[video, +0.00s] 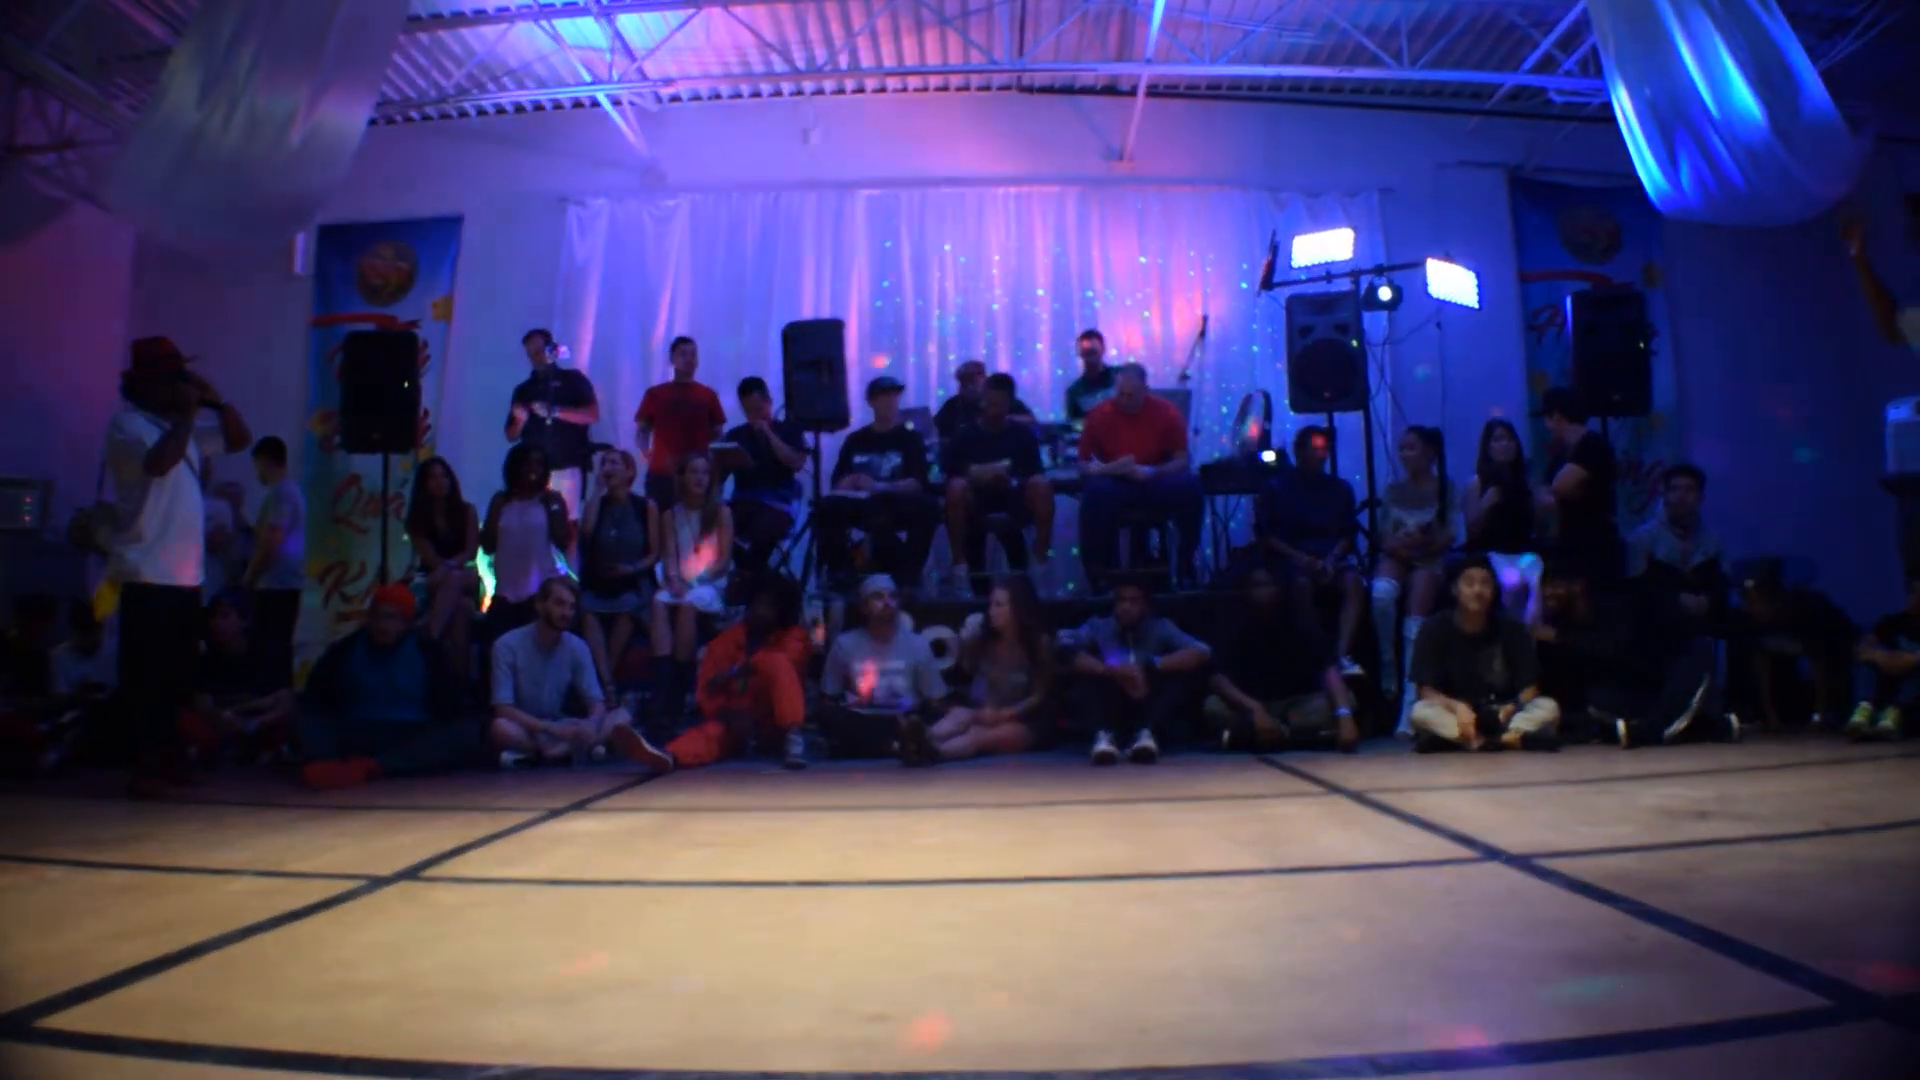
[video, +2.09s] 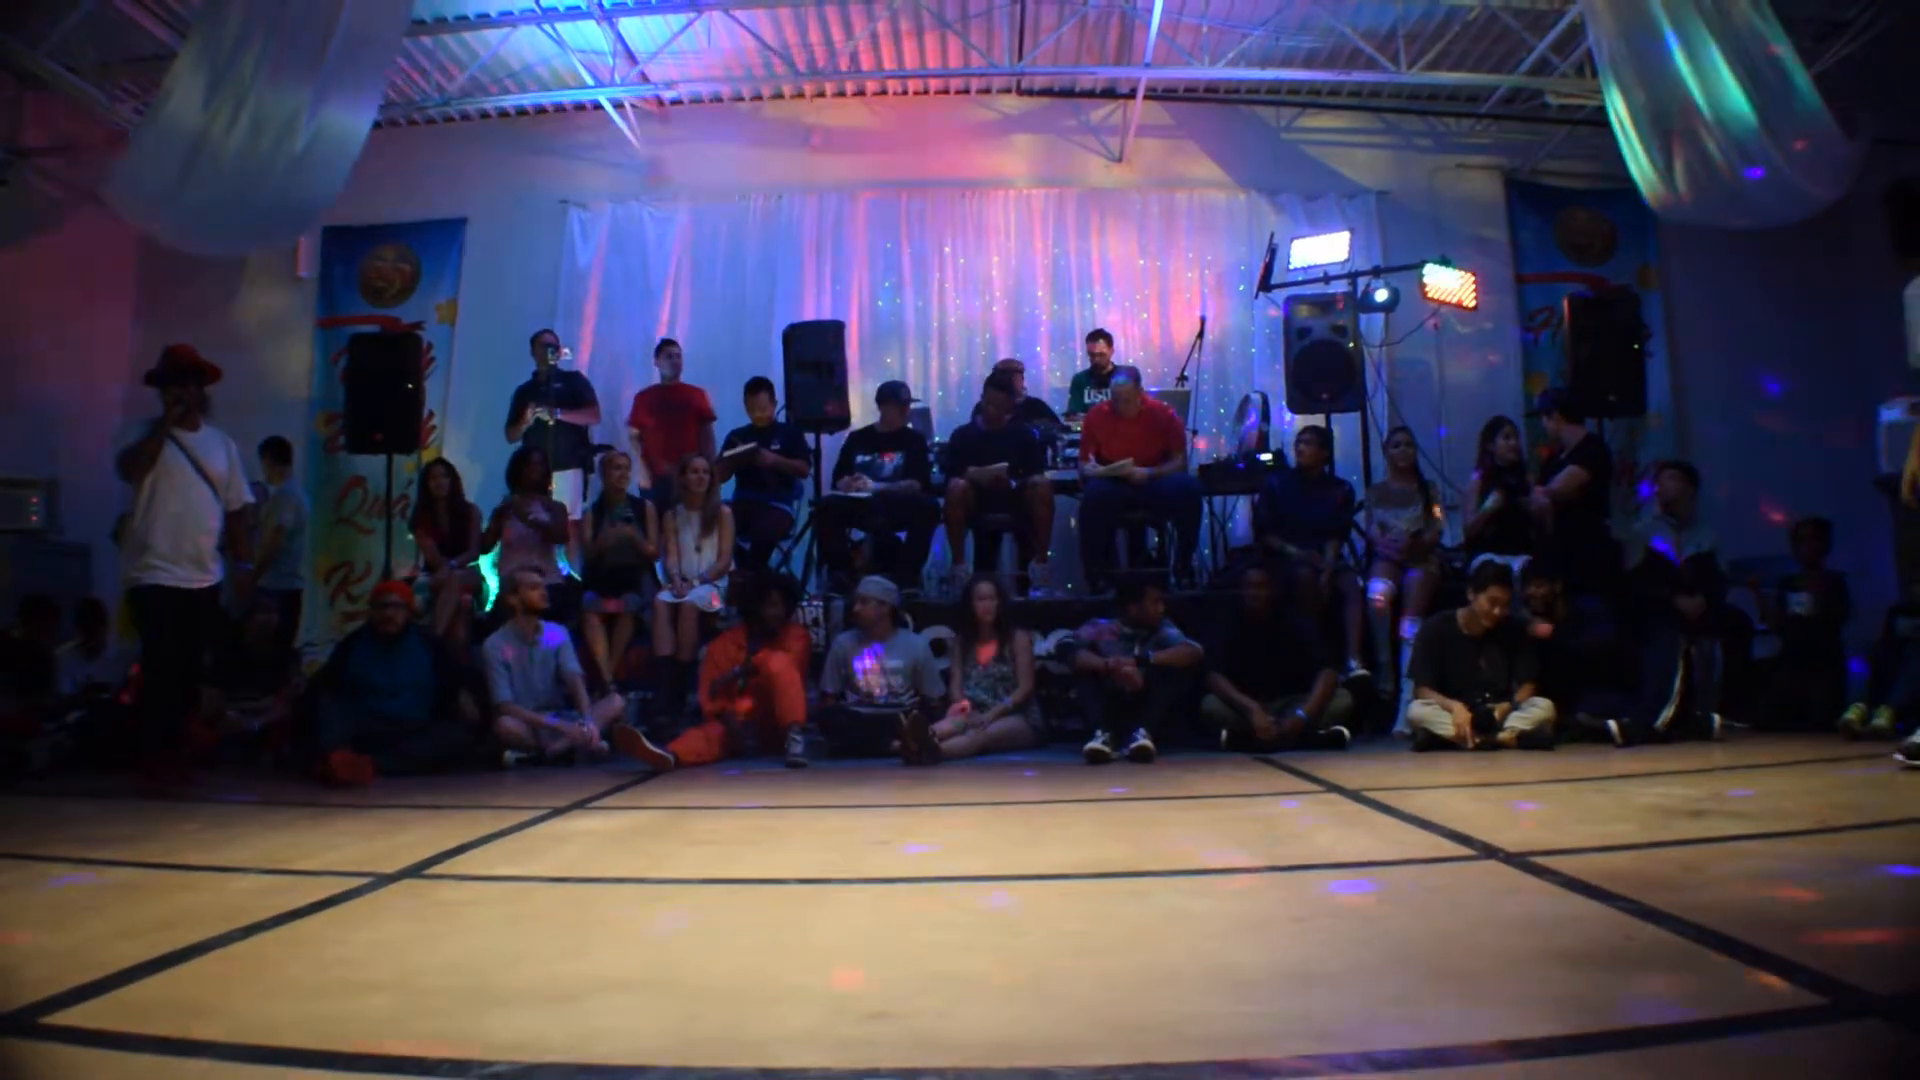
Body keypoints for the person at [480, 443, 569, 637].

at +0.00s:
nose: (533, 472)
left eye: (538, 466)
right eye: (527, 466)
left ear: (545, 470)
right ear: (514, 469)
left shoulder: (551, 501)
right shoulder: (500, 501)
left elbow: (563, 542)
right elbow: (488, 545)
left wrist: (553, 510)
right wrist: (497, 510)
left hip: (541, 591)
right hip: (506, 592)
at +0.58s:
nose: (534, 470)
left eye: (540, 465)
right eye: (528, 464)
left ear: (547, 470)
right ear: (515, 468)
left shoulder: (554, 500)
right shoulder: (501, 500)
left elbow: (566, 546)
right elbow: (491, 546)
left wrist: (557, 511)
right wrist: (496, 513)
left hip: (544, 593)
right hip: (508, 593)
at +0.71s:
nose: (534, 470)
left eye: (539, 464)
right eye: (528, 464)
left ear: (546, 470)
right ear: (515, 468)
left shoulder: (553, 501)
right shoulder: (501, 501)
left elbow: (564, 548)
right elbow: (491, 543)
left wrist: (557, 512)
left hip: (543, 591)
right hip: (508, 590)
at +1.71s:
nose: (534, 469)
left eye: (539, 463)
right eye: (527, 463)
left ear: (546, 469)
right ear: (515, 468)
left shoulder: (551, 503)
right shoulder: (498, 505)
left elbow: (561, 549)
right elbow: (489, 547)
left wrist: (555, 513)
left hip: (546, 582)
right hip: (509, 583)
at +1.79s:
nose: (534, 469)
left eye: (539, 464)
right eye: (527, 464)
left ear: (546, 469)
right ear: (515, 468)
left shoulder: (551, 503)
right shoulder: (497, 507)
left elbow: (562, 549)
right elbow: (487, 550)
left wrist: (555, 516)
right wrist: (495, 516)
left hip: (548, 584)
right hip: (509, 587)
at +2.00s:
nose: (535, 470)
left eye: (540, 465)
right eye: (529, 465)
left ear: (547, 470)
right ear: (518, 469)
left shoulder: (555, 506)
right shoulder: (505, 501)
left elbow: (564, 543)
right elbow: (486, 547)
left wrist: (546, 517)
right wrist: (500, 512)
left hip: (548, 581)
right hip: (512, 582)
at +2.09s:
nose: (536, 471)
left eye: (541, 466)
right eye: (530, 466)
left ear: (547, 471)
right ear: (518, 470)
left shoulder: (555, 507)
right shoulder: (506, 507)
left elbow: (561, 537)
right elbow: (485, 546)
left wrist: (527, 520)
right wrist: (502, 516)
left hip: (547, 575)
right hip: (513, 576)